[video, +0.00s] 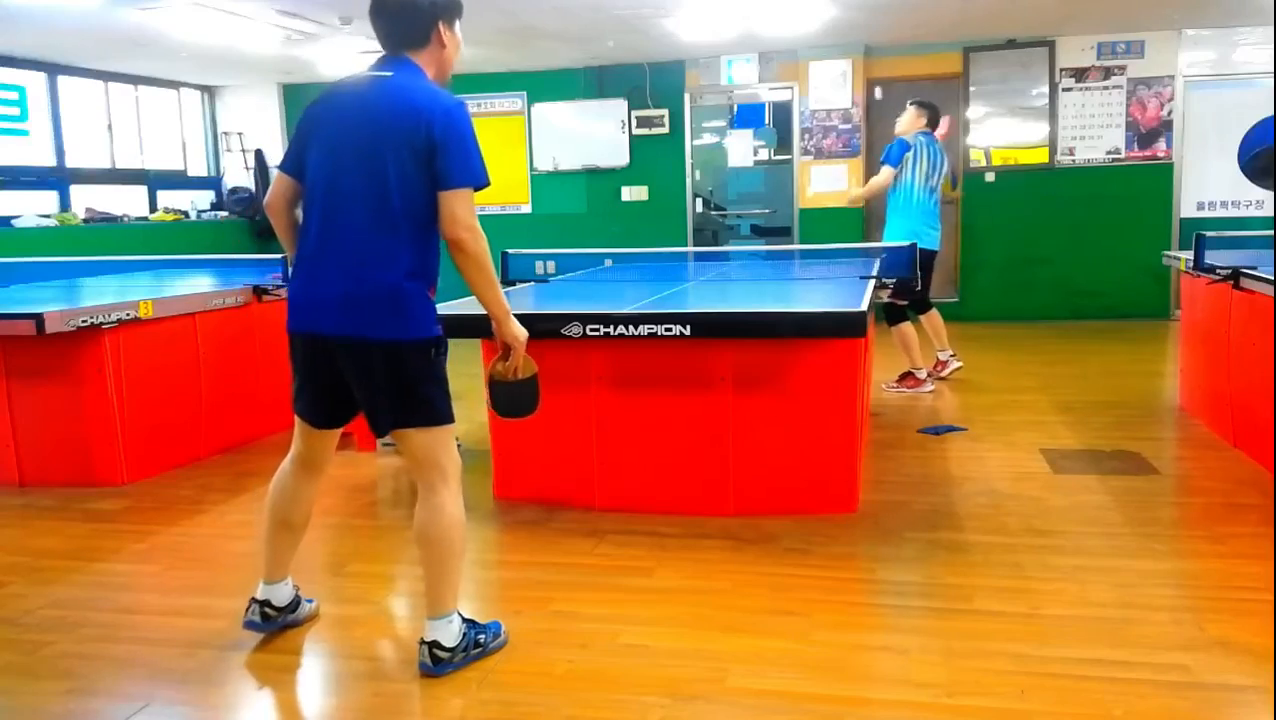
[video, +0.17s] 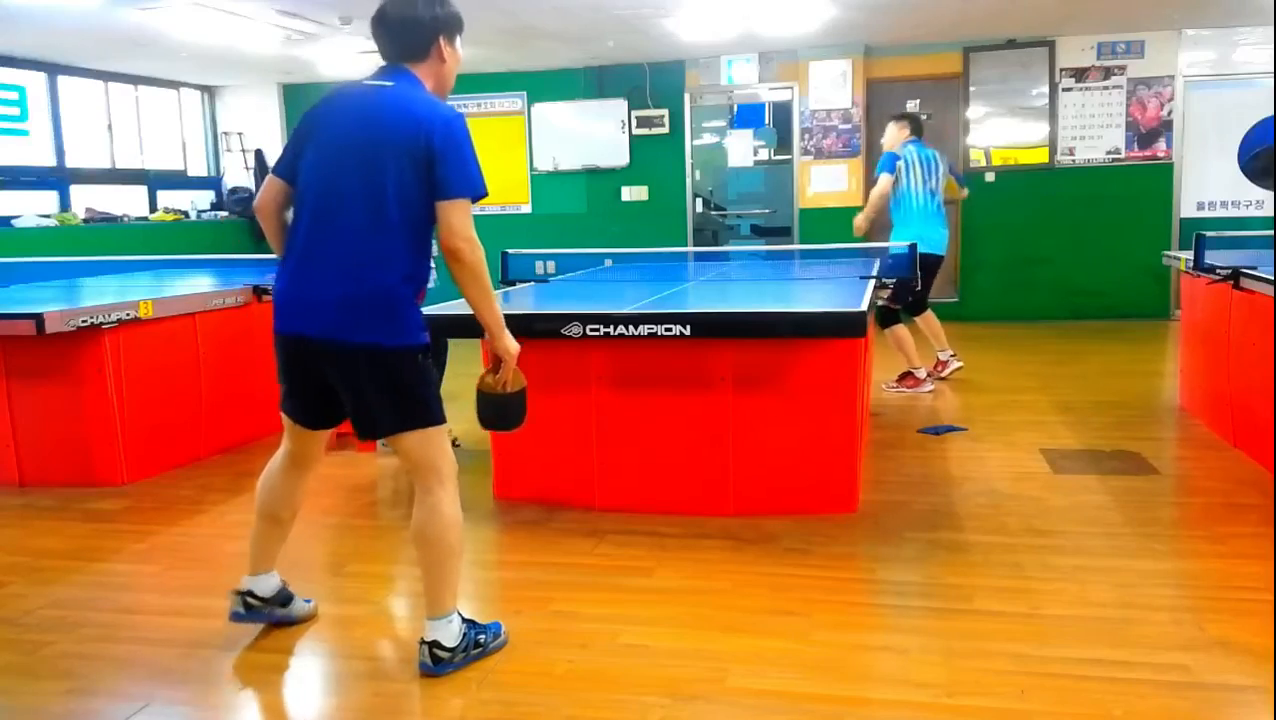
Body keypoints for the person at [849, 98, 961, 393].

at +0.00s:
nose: (897, 119)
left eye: (904, 114)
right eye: (900, 114)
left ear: (921, 120)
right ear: (927, 123)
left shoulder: (902, 144)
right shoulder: (941, 153)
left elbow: (883, 180)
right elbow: (944, 191)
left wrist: (860, 194)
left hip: (904, 238)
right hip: (928, 239)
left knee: (894, 307)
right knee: (919, 300)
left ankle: (918, 375)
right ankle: (946, 356)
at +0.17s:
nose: (884, 137)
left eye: (888, 130)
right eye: (885, 130)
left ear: (904, 131)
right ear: (914, 133)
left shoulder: (894, 155)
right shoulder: (937, 157)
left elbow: (883, 188)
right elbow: (960, 191)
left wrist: (866, 215)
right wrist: (932, 193)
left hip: (909, 245)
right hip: (936, 245)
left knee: (886, 312)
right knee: (917, 303)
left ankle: (917, 375)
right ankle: (946, 357)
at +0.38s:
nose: (861, 181)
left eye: (862, 173)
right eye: (857, 177)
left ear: (880, 163)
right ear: (882, 165)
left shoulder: (896, 181)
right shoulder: (905, 177)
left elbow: (919, 210)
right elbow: (906, 213)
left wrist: (905, 245)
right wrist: (877, 218)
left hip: (929, 261)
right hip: (938, 260)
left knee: (883, 318)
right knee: (907, 314)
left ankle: (917, 375)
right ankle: (947, 358)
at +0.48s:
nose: (860, 171)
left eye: (862, 163)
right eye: (856, 166)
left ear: (881, 155)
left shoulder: (907, 175)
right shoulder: (883, 190)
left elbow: (941, 204)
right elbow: (875, 224)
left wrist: (916, 239)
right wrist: (852, 215)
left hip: (930, 259)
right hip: (912, 258)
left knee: (887, 313)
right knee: (900, 314)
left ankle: (917, 374)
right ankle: (944, 355)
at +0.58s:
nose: (865, 157)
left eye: (869, 150)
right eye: (861, 152)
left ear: (888, 145)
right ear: (861, 153)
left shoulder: (915, 169)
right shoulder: (871, 175)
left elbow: (949, 202)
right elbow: (853, 207)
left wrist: (923, 234)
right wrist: (835, 198)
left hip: (919, 253)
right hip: (891, 252)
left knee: (890, 309)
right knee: (878, 311)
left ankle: (918, 373)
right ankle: (929, 345)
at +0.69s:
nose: (864, 149)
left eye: (870, 141)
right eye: (861, 143)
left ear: (888, 138)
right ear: (859, 143)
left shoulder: (912, 164)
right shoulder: (863, 168)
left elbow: (941, 198)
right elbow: (843, 202)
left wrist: (917, 231)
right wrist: (828, 191)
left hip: (911, 248)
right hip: (882, 249)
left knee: (894, 308)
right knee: (876, 303)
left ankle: (919, 373)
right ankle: (894, 346)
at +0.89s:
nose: (847, 146)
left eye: (852, 140)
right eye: (844, 141)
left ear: (871, 137)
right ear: (844, 141)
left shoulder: (894, 166)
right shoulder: (848, 169)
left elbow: (922, 203)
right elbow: (840, 202)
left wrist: (894, 232)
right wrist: (822, 212)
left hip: (889, 255)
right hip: (857, 255)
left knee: (890, 311)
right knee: (851, 314)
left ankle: (920, 372)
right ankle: (851, 377)